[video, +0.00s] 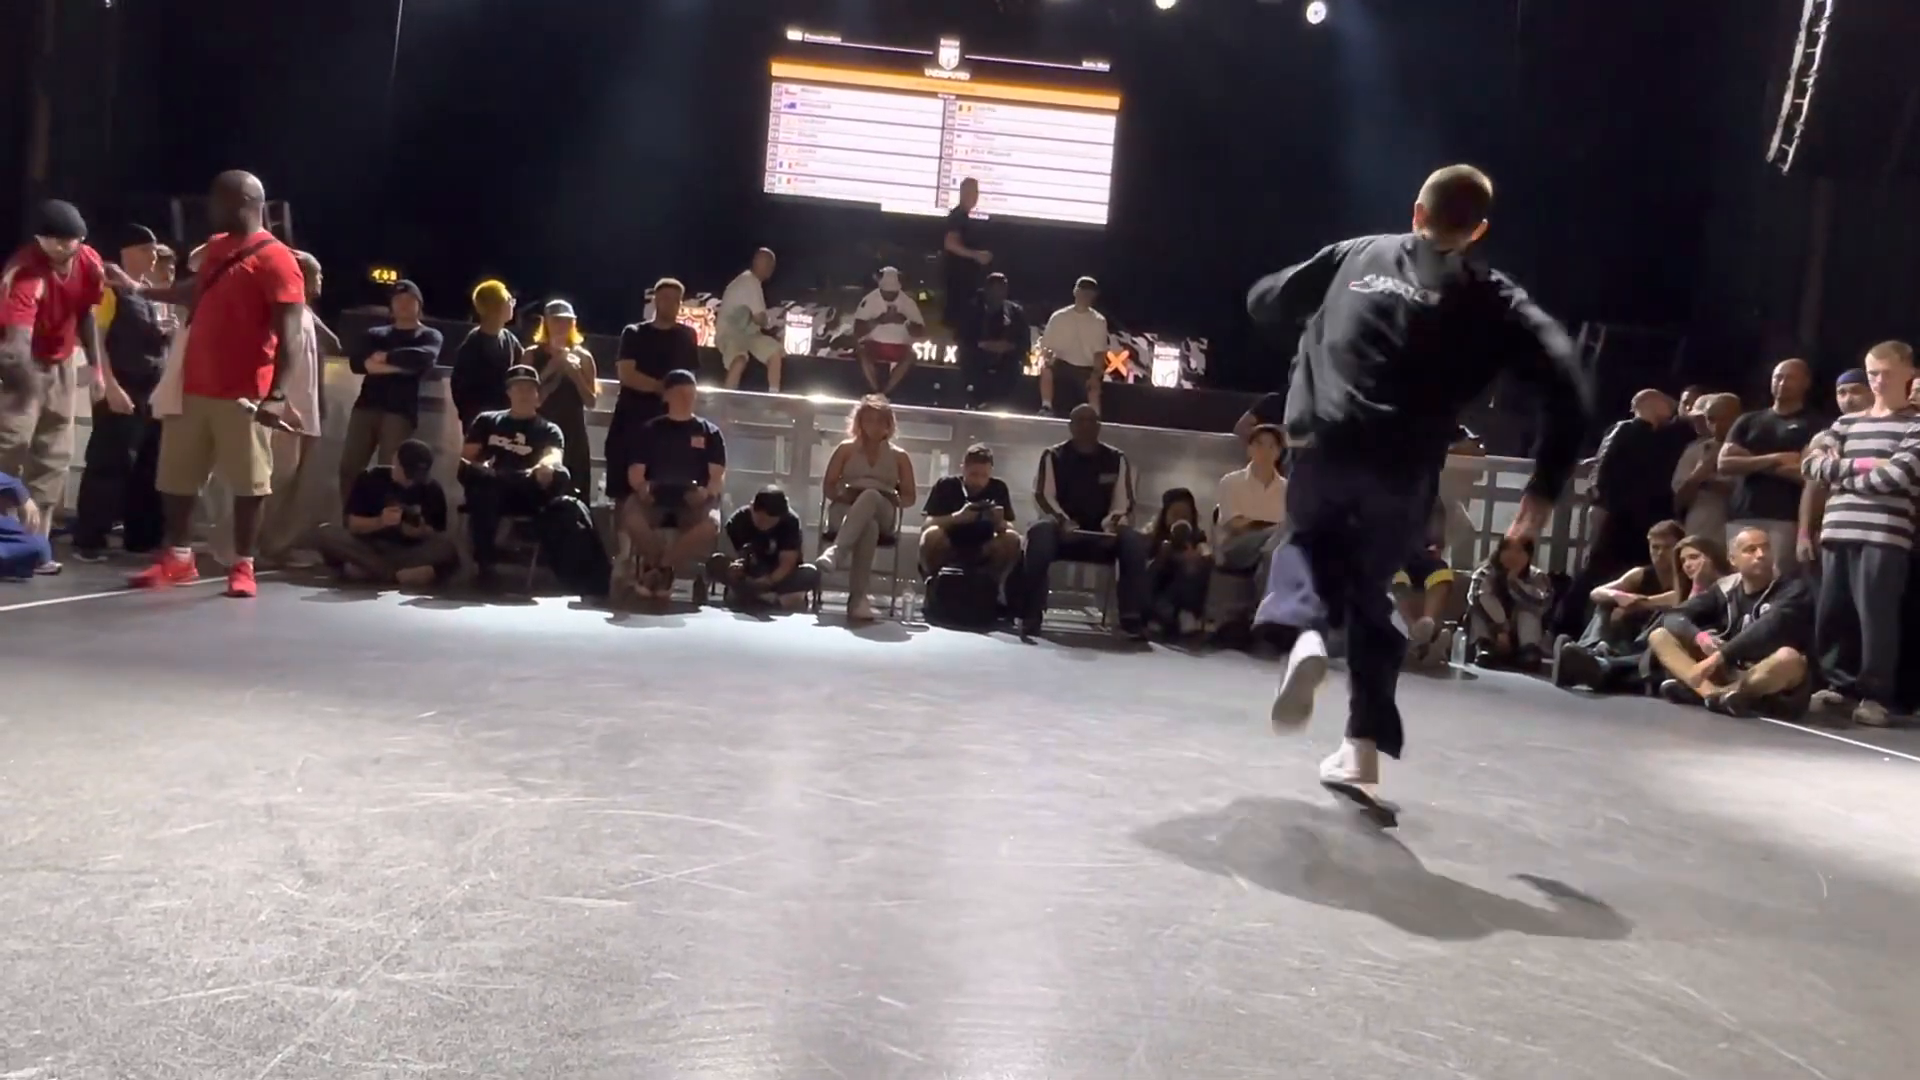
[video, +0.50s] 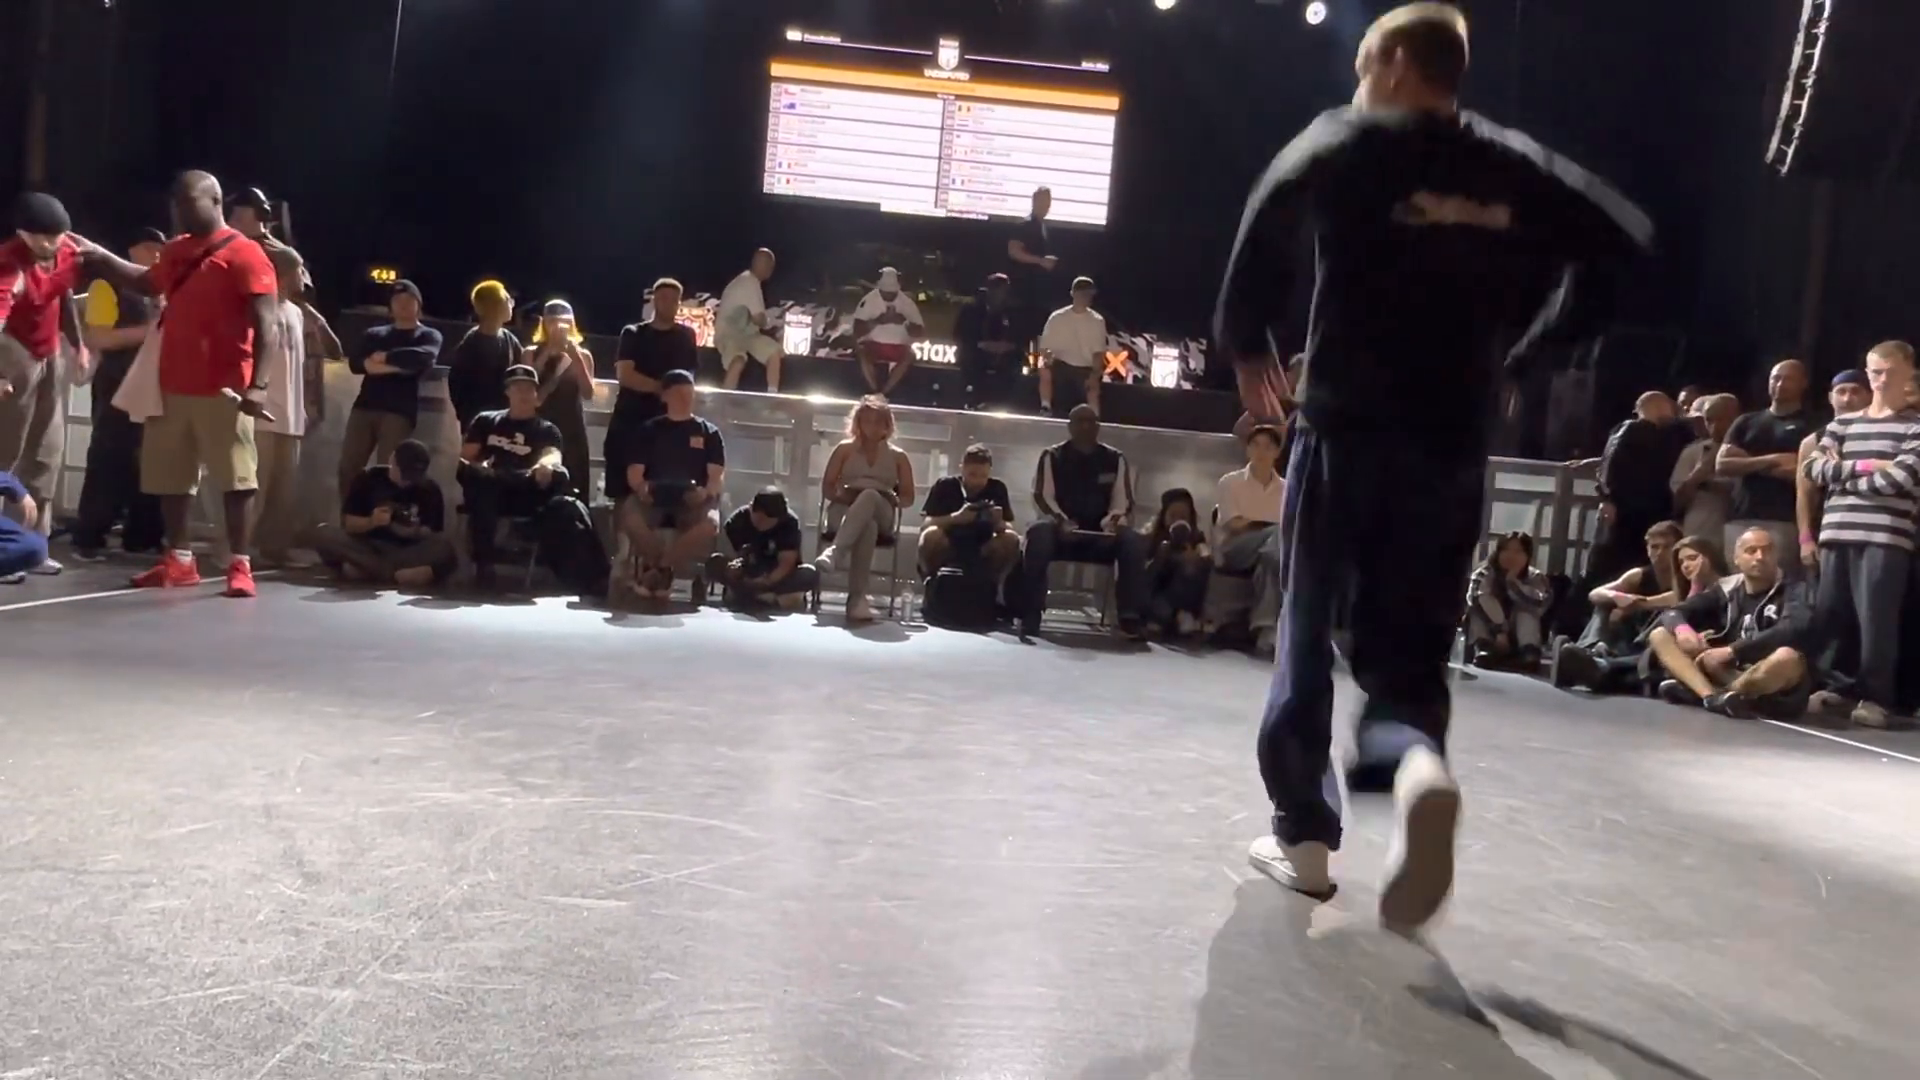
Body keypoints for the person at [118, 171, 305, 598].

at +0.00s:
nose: (211, 208)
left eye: (218, 200)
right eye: (212, 200)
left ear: (244, 203)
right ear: (244, 204)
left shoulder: (277, 259)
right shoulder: (215, 249)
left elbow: (291, 335)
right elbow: (197, 292)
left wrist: (279, 394)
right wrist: (139, 290)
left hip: (244, 396)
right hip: (192, 390)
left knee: (249, 486)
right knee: (176, 478)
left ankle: (243, 566)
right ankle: (177, 557)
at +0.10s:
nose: (209, 207)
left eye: (215, 199)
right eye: (209, 199)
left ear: (242, 202)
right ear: (236, 203)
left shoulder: (274, 258)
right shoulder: (211, 247)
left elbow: (288, 333)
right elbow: (190, 287)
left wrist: (277, 394)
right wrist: (128, 275)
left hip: (239, 393)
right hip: (189, 388)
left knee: (246, 483)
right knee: (177, 476)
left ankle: (242, 566)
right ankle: (180, 559)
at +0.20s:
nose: (207, 205)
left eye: (214, 197)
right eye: (206, 197)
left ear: (241, 201)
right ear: (218, 202)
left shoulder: (269, 256)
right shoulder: (201, 248)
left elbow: (283, 330)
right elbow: (178, 282)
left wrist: (274, 391)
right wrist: (117, 267)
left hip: (237, 391)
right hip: (183, 387)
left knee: (243, 483)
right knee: (176, 476)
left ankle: (241, 566)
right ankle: (179, 560)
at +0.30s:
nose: (196, 207)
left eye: (204, 199)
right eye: (196, 199)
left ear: (231, 201)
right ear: (205, 204)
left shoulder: (261, 256)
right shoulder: (194, 248)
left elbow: (280, 326)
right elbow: (175, 283)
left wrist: (271, 389)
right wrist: (114, 264)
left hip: (234, 391)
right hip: (181, 388)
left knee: (242, 483)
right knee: (176, 477)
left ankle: (240, 566)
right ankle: (179, 561)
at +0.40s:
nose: (184, 211)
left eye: (191, 202)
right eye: (183, 203)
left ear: (223, 202)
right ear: (188, 207)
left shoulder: (255, 256)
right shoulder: (186, 250)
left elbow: (272, 325)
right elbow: (160, 283)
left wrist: (264, 385)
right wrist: (107, 258)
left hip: (228, 389)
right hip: (175, 387)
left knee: (238, 480)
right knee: (172, 475)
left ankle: (239, 565)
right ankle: (179, 560)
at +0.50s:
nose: (180, 211)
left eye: (188, 202)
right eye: (177, 203)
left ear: (214, 200)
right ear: (177, 207)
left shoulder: (245, 252)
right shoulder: (177, 250)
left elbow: (268, 324)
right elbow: (148, 282)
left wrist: (260, 385)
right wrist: (102, 257)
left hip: (226, 390)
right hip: (172, 389)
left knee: (237, 481)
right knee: (171, 477)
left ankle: (240, 564)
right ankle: (178, 559)